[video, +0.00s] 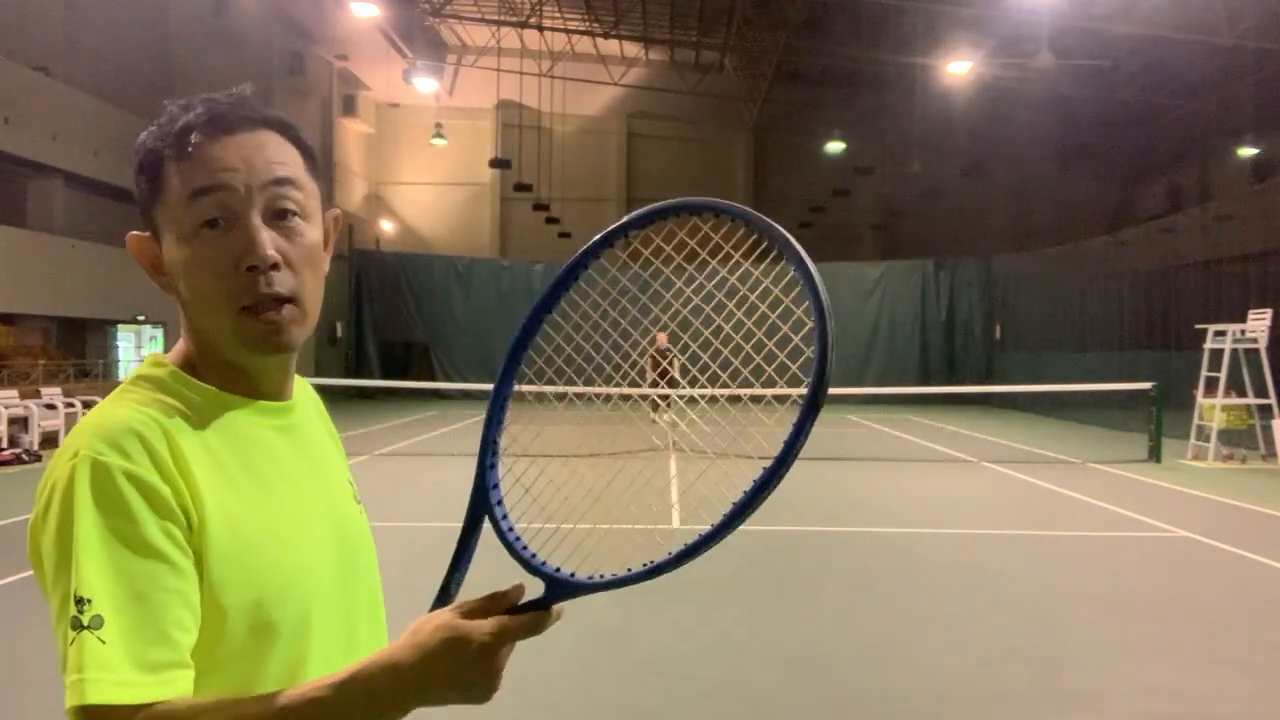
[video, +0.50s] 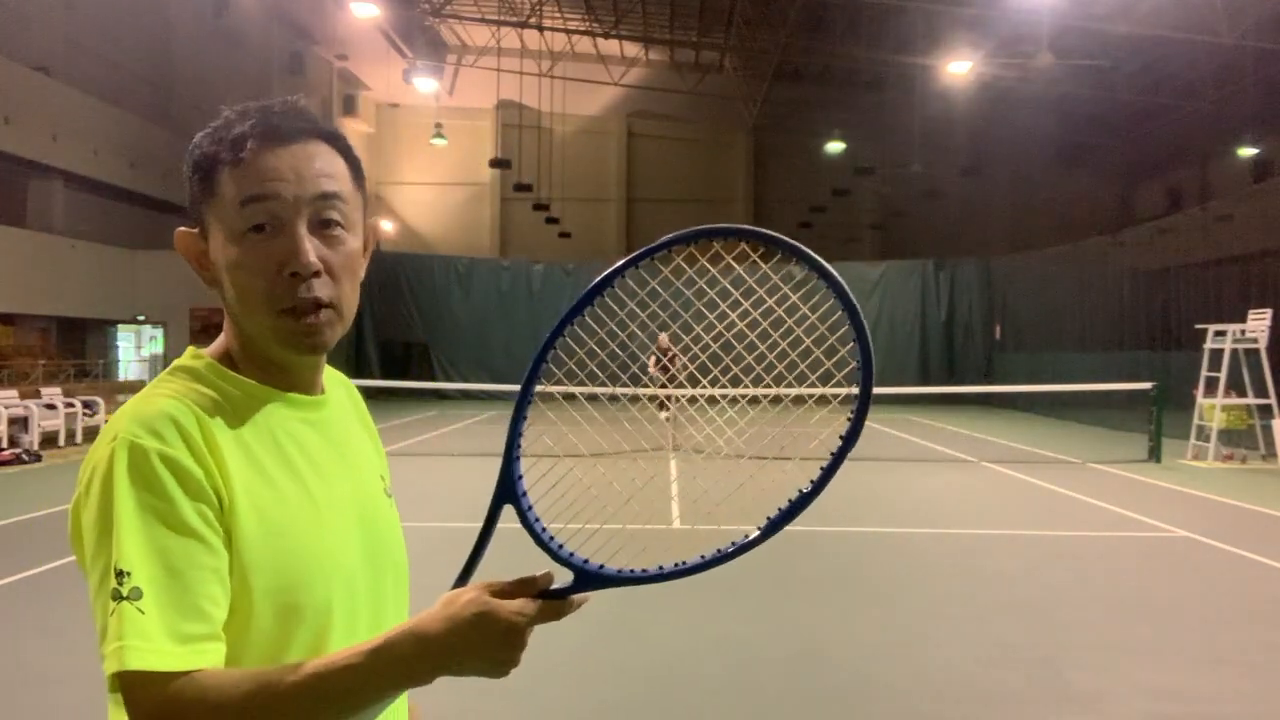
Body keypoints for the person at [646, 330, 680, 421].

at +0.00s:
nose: (661, 341)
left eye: (663, 339)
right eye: (659, 339)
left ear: (666, 340)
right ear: (656, 340)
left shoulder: (670, 350)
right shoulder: (653, 352)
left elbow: (675, 362)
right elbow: (649, 364)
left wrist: (676, 372)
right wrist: (650, 372)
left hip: (668, 375)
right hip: (657, 375)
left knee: (668, 394)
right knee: (656, 394)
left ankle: (667, 412)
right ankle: (654, 413)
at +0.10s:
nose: (664, 340)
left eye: (666, 338)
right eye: (662, 338)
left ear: (669, 339)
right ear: (658, 339)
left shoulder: (672, 349)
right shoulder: (655, 349)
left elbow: (676, 360)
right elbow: (650, 362)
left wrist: (679, 369)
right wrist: (650, 372)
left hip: (669, 373)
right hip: (658, 373)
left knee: (668, 393)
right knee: (656, 393)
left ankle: (666, 412)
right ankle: (656, 411)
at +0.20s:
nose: (666, 339)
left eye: (667, 336)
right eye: (663, 336)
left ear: (670, 338)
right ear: (659, 338)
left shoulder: (672, 351)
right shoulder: (655, 351)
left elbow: (677, 362)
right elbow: (650, 362)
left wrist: (679, 372)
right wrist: (650, 372)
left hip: (669, 373)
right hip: (658, 373)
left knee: (668, 392)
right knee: (658, 391)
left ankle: (667, 411)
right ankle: (658, 411)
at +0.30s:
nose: (665, 341)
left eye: (667, 339)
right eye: (663, 339)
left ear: (669, 340)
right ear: (660, 340)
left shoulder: (671, 352)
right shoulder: (657, 352)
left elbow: (678, 362)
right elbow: (651, 361)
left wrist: (681, 372)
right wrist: (652, 370)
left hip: (670, 374)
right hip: (660, 374)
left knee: (669, 393)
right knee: (660, 392)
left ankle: (666, 412)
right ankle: (659, 409)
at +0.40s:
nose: (664, 341)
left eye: (666, 339)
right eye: (662, 339)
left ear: (669, 340)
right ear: (658, 341)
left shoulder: (674, 352)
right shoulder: (655, 353)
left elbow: (680, 364)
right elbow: (651, 367)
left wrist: (682, 373)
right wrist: (657, 373)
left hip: (672, 374)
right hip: (661, 375)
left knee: (669, 391)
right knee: (660, 391)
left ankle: (667, 409)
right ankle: (660, 409)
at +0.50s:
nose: (664, 342)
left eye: (665, 339)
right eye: (661, 340)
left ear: (669, 340)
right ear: (658, 341)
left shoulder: (672, 352)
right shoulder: (655, 353)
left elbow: (677, 364)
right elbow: (651, 364)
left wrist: (676, 369)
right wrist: (653, 370)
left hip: (670, 374)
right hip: (659, 374)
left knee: (669, 392)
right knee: (661, 391)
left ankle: (668, 410)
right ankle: (662, 410)